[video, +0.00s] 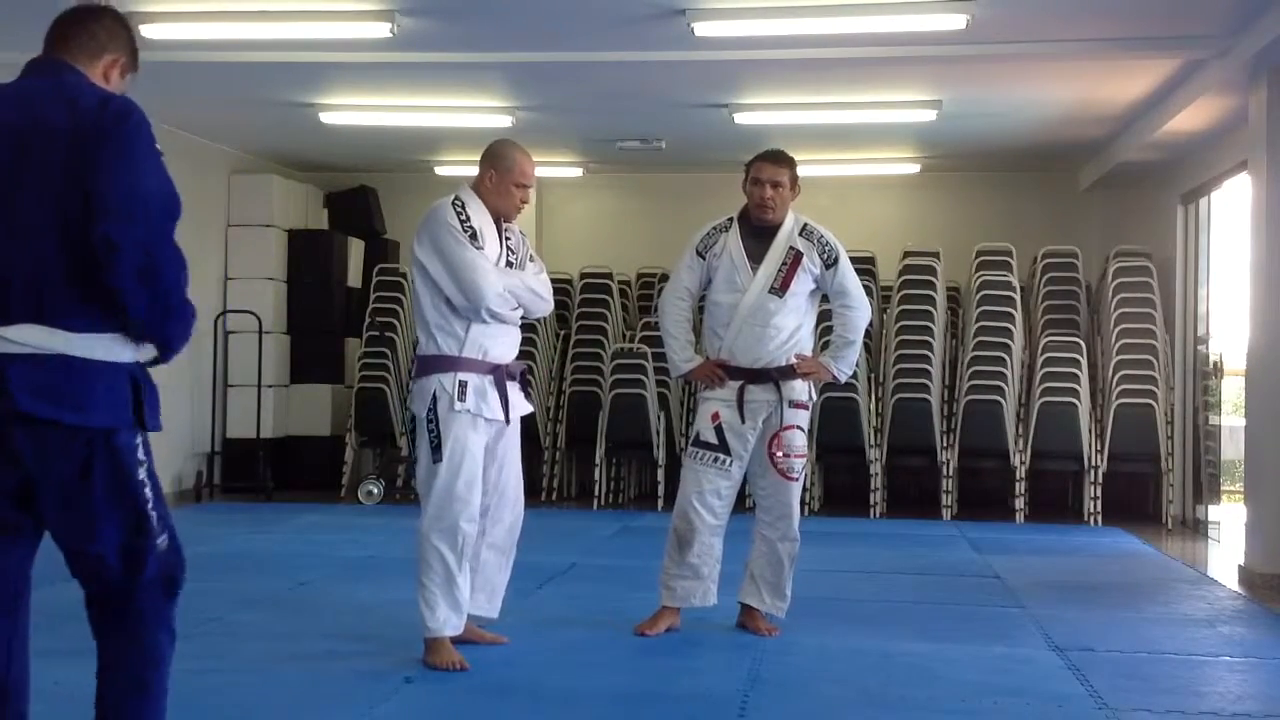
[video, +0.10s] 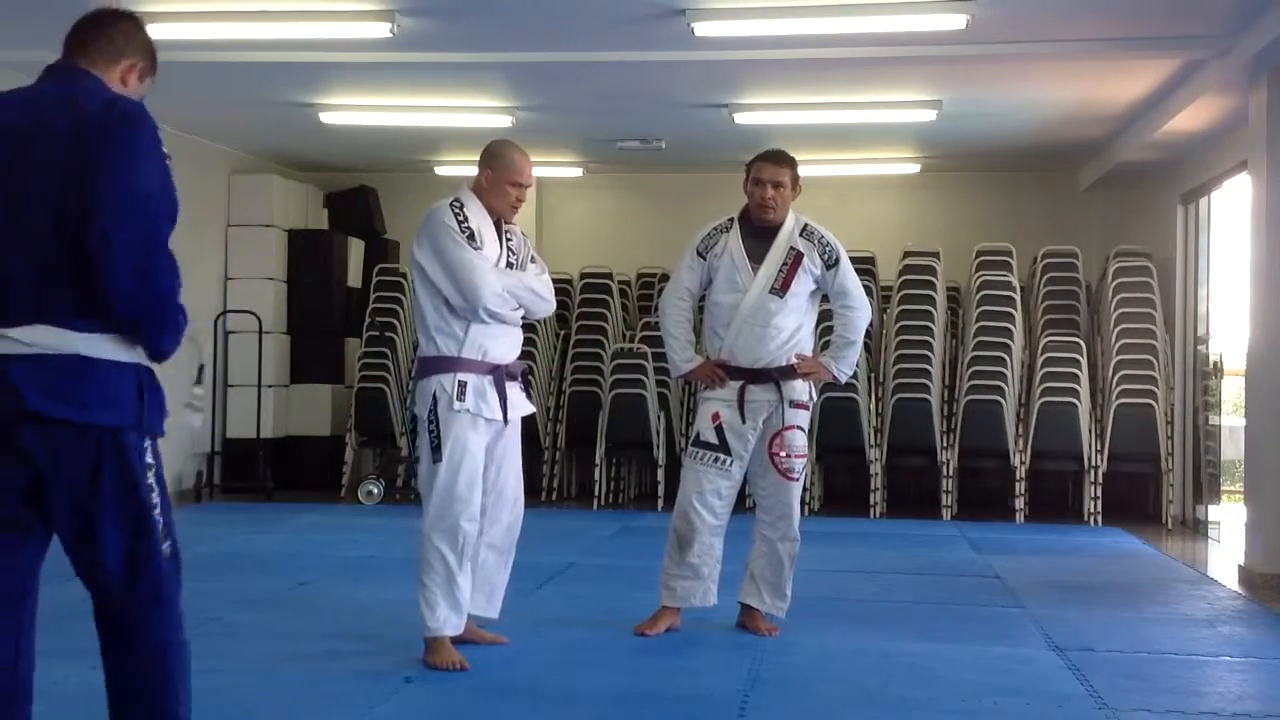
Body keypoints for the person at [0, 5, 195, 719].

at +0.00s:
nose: (123, 92)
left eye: (126, 82)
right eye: (129, 81)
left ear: (48, 54)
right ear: (111, 68)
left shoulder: (4, 106)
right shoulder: (110, 122)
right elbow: (138, 241)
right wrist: (171, 329)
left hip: (4, 388)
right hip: (76, 395)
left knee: (3, 594)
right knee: (140, 583)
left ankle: (11, 704)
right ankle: (130, 711)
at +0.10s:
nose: (141, 99)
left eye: (146, 90)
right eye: (145, 88)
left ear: (66, 58)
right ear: (128, 73)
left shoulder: (6, 112)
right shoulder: (120, 124)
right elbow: (132, 246)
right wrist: (167, 332)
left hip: (7, 385)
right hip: (89, 392)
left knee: (5, 601)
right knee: (141, 599)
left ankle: (11, 707)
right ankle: (154, 718)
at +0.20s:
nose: (162, 113)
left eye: (166, 100)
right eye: (166, 97)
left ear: (88, 65)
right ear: (150, 77)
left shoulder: (9, 123)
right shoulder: (136, 133)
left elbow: (11, 249)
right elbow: (151, 260)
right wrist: (175, 343)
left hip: (11, 388)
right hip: (108, 394)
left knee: (13, 606)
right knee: (153, 607)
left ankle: (16, 710)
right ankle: (170, 714)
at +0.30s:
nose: (184, 116)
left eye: (187, 104)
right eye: (189, 101)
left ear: (114, 67)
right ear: (174, 83)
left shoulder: (15, 128)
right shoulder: (162, 141)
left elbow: (8, 257)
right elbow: (186, 267)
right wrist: (209, 341)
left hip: (24, 391)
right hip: (132, 398)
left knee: (24, 596)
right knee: (172, 599)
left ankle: (18, 712)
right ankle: (174, 717)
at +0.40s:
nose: (204, 113)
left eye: (207, 102)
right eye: (209, 100)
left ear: (134, 66)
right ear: (194, 82)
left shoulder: (33, 127)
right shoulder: (188, 137)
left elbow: (1, 261)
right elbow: (229, 256)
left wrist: (34, 345)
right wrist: (243, 340)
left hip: (52, 398)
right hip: (159, 404)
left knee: (36, 591)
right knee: (181, 596)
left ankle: (20, 711)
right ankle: (173, 715)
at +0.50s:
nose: (223, 109)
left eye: (224, 100)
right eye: (227, 98)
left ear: (151, 65)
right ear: (212, 82)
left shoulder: (58, 125)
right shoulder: (219, 139)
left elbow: (7, 250)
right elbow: (263, 257)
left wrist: (60, 330)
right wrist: (257, 345)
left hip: (74, 396)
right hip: (181, 402)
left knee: (53, 580)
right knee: (185, 593)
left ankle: (25, 709)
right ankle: (175, 714)